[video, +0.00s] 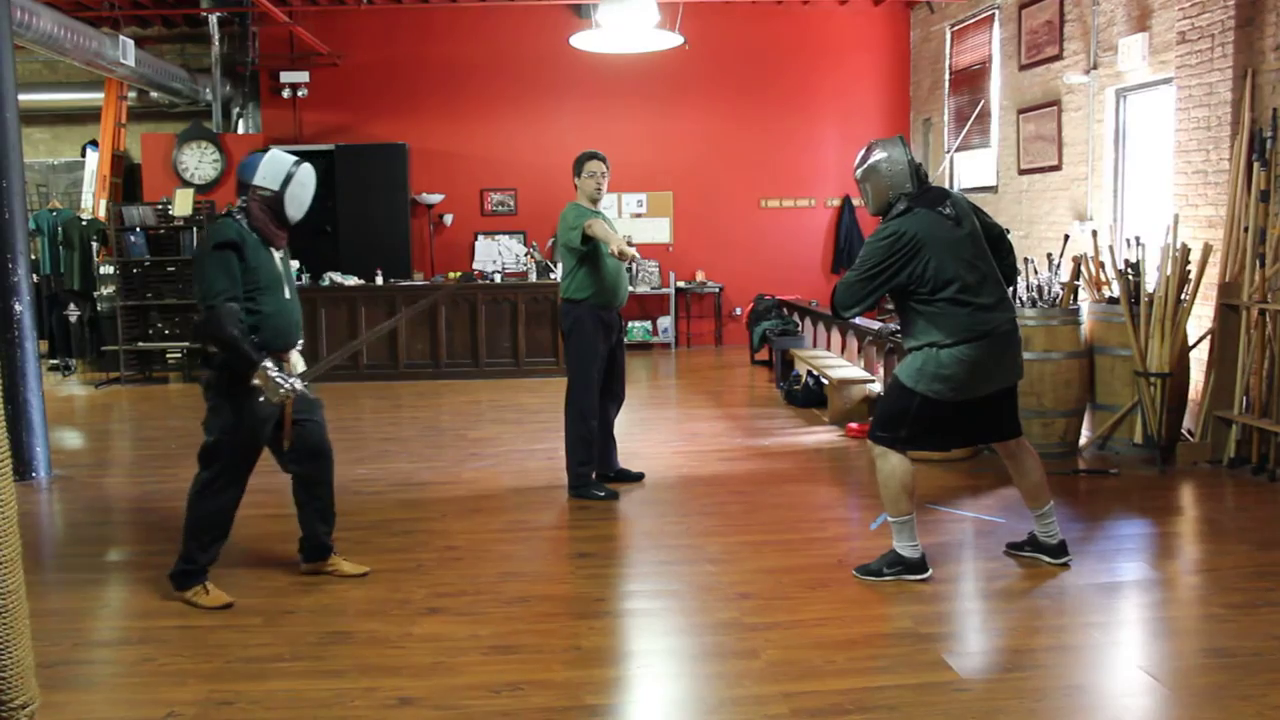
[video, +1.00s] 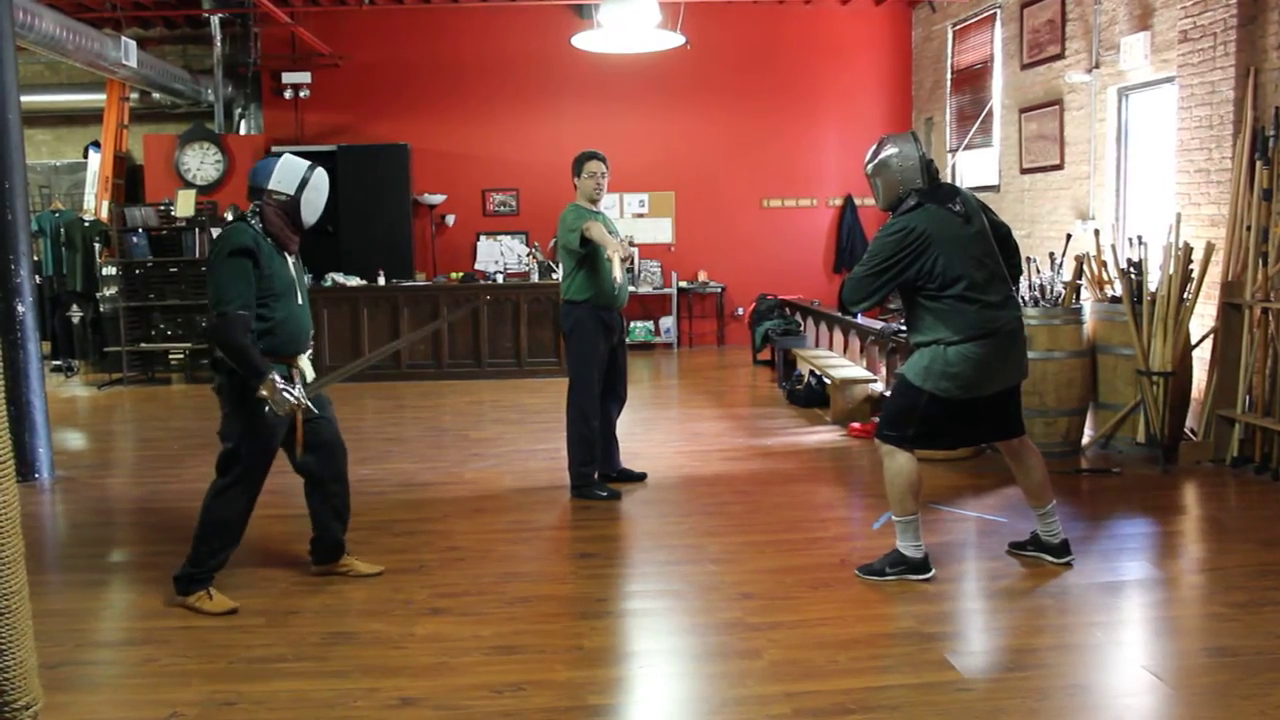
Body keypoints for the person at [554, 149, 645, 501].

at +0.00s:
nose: (599, 180)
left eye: (603, 175)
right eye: (591, 175)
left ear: (608, 181)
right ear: (577, 180)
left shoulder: (603, 218)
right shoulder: (573, 212)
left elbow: (612, 244)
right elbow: (594, 227)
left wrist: (624, 248)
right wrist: (616, 243)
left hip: (608, 315)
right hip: (583, 315)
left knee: (610, 395)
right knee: (584, 396)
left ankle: (606, 467)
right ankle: (580, 480)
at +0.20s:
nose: (599, 181)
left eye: (603, 175)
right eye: (591, 175)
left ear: (608, 181)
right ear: (577, 181)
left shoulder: (603, 218)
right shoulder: (573, 212)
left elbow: (613, 250)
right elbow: (593, 227)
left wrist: (623, 250)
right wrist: (614, 243)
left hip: (609, 315)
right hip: (583, 315)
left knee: (610, 395)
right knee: (584, 397)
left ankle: (606, 467)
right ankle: (580, 480)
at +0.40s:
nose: (599, 181)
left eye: (603, 176)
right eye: (591, 176)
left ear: (608, 181)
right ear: (577, 181)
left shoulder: (603, 219)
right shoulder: (573, 213)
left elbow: (612, 250)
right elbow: (592, 228)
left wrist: (623, 249)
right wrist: (613, 243)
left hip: (609, 315)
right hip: (583, 315)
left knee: (610, 395)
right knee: (584, 396)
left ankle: (606, 467)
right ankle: (581, 480)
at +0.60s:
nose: (599, 182)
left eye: (604, 176)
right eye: (592, 176)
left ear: (608, 182)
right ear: (577, 181)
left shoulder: (604, 219)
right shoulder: (573, 213)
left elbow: (619, 248)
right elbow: (593, 229)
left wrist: (625, 251)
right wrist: (614, 245)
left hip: (609, 315)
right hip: (583, 315)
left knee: (611, 394)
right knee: (585, 397)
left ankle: (607, 467)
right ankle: (581, 480)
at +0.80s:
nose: (599, 181)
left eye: (604, 176)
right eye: (592, 175)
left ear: (608, 181)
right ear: (577, 180)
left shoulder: (605, 219)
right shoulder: (573, 213)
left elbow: (621, 249)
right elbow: (593, 230)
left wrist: (625, 250)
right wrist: (614, 245)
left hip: (609, 314)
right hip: (583, 315)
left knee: (612, 394)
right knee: (585, 397)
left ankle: (608, 466)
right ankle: (582, 480)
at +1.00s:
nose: (599, 181)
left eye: (603, 175)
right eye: (591, 175)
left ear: (608, 181)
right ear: (576, 180)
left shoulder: (604, 220)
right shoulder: (573, 213)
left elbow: (621, 251)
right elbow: (592, 231)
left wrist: (625, 252)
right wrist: (614, 246)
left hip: (609, 314)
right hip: (583, 314)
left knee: (612, 394)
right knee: (585, 396)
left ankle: (608, 466)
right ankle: (582, 479)